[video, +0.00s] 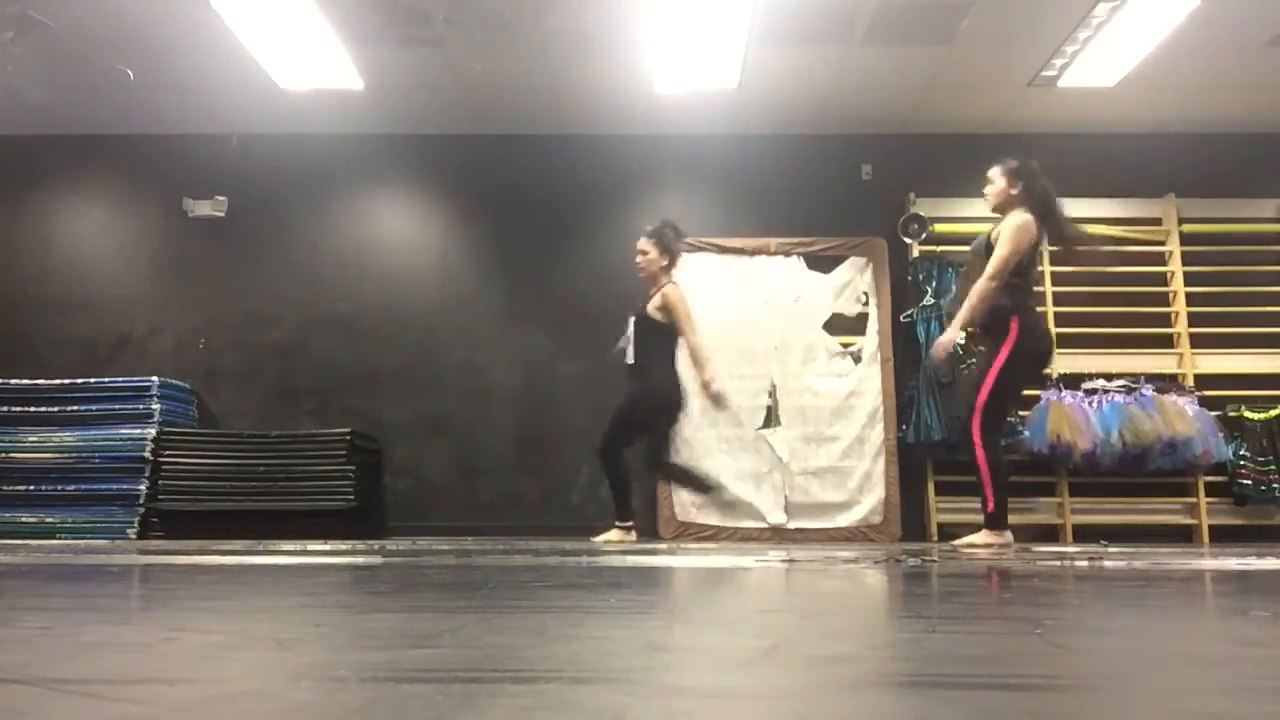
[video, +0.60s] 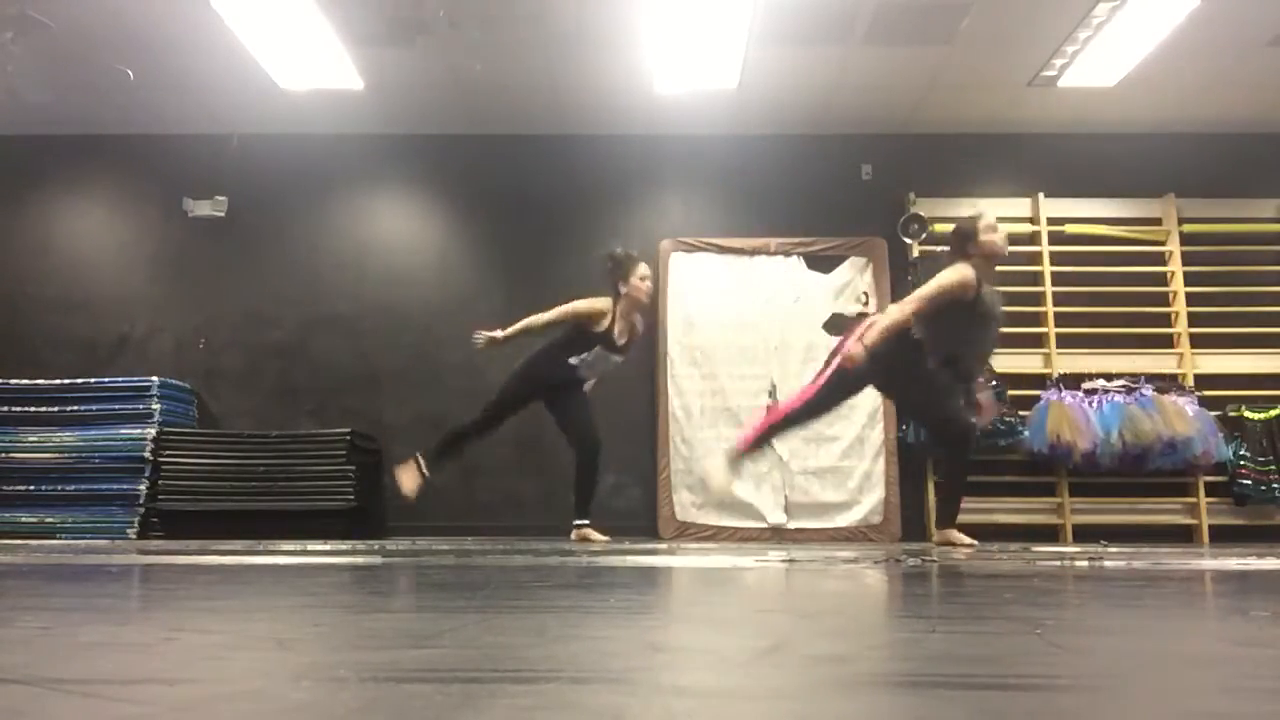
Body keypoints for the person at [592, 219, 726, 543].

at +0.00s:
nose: (637, 260)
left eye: (643, 254)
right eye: (637, 253)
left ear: (664, 259)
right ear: (656, 260)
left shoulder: (670, 294)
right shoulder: (658, 294)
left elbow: (692, 338)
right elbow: (659, 342)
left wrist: (706, 380)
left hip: (655, 391)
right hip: (659, 390)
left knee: (610, 448)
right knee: (657, 462)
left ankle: (624, 525)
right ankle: (719, 493)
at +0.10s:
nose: (624, 259)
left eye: (632, 253)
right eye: (624, 253)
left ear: (652, 258)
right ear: (631, 258)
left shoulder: (661, 292)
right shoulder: (640, 295)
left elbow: (676, 344)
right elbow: (629, 347)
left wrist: (680, 394)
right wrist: (602, 373)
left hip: (647, 385)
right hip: (630, 383)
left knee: (606, 444)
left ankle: (624, 525)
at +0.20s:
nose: (611, 259)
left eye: (617, 252)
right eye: (610, 252)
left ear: (639, 256)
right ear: (622, 257)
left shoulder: (652, 287)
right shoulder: (623, 295)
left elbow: (663, 339)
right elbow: (610, 337)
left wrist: (650, 379)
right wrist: (590, 365)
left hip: (638, 380)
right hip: (613, 375)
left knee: (603, 448)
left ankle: (621, 525)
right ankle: (483, 390)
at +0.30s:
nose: (602, 256)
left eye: (609, 249)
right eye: (601, 250)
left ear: (629, 253)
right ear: (604, 254)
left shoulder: (651, 285)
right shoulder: (602, 295)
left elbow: (667, 332)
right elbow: (581, 336)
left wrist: (649, 371)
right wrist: (561, 371)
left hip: (619, 374)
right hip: (588, 362)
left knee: (606, 449)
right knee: (524, 346)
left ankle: (592, 522)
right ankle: (453, 328)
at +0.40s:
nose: (629, 252)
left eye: (634, 247)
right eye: (622, 247)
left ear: (642, 256)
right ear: (610, 256)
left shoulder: (654, 294)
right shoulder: (594, 292)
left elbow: (659, 339)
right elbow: (561, 331)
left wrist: (643, 373)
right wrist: (542, 366)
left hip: (597, 383)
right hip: (567, 361)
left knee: (604, 451)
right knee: (498, 349)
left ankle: (583, 524)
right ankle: (432, 331)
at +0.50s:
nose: (652, 268)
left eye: (652, 262)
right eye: (644, 262)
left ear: (649, 269)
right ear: (625, 270)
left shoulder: (651, 314)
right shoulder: (602, 297)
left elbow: (629, 354)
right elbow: (555, 315)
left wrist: (613, 385)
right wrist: (522, 340)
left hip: (582, 385)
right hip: (553, 364)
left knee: (596, 449)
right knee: (488, 385)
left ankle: (582, 526)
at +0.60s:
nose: (650, 286)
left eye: (650, 280)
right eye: (643, 279)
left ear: (642, 285)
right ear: (623, 285)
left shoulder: (637, 326)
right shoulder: (600, 309)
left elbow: (606, 355)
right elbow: (550, 316)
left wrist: (592, 381)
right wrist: (504, 335)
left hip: (568, 388)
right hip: (540, 375)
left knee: (589, 446)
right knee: (486, 423)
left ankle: (582, 525)